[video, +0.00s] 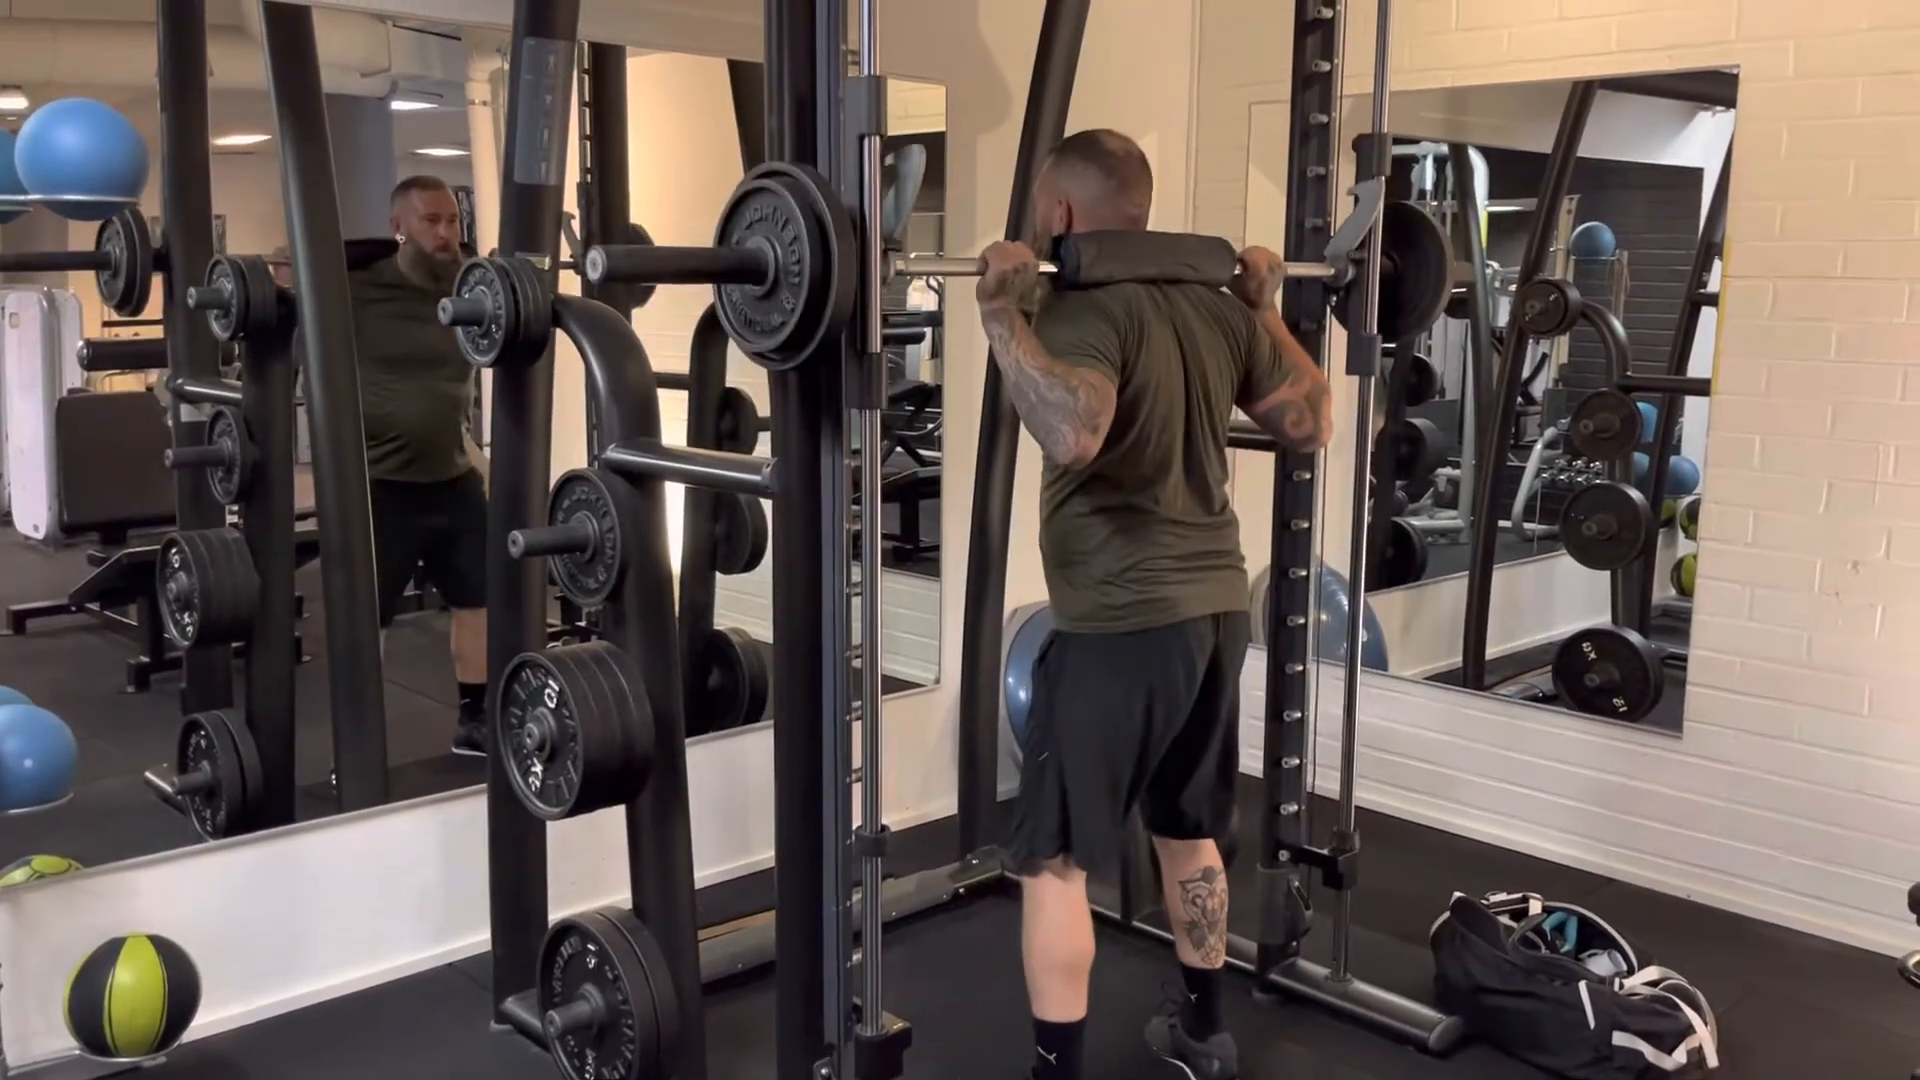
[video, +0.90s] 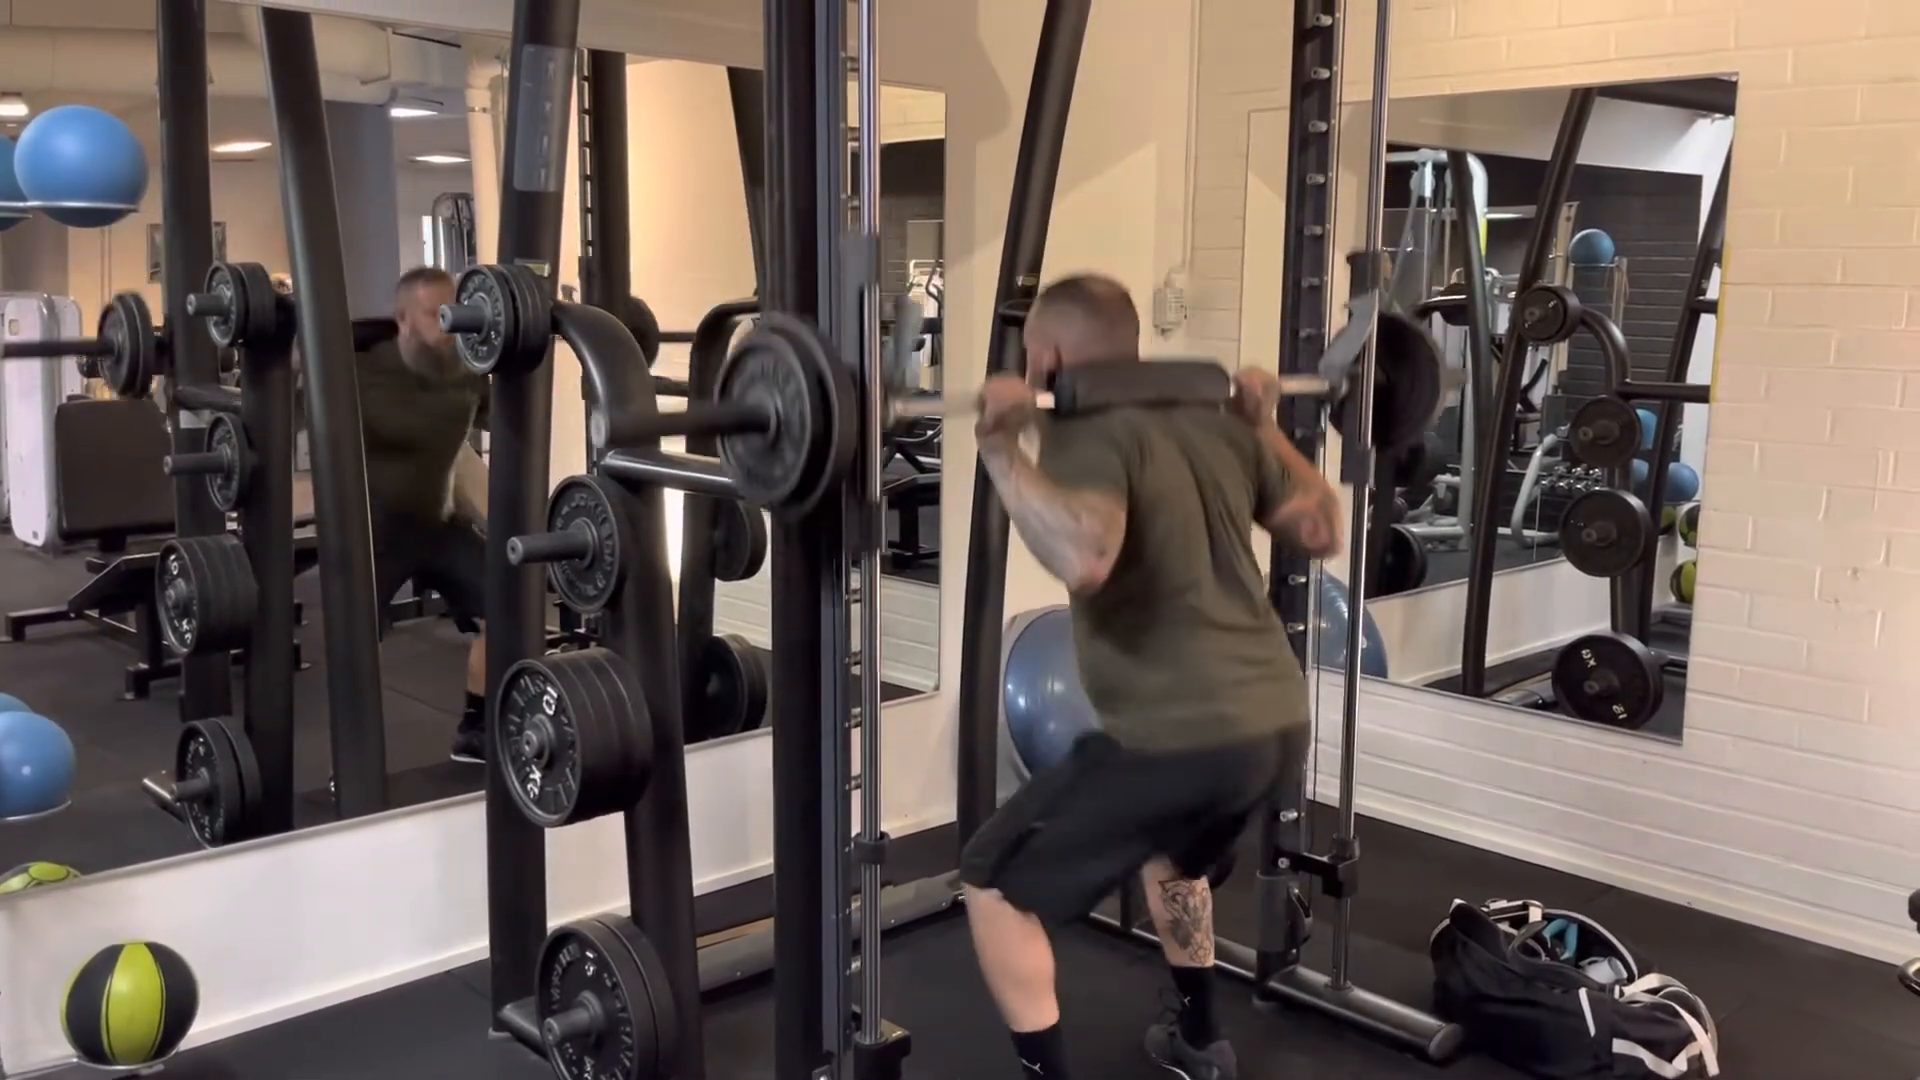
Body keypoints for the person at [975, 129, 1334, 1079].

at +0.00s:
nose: (1037, 223)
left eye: (1041, 207)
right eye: (1043, 207)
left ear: (1063, 208)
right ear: (1141, 205)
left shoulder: (1087, 302)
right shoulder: (1210, 299)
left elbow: (1074, 429)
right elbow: (1305, 420)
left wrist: (1001, 309)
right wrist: (1266, 310)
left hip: (1119, 622)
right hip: (1216, 608)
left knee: (1057, 854)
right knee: (1186, 825)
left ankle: (1056, 1067)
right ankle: (1203, 1032)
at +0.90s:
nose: (1031, 368)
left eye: (1033, 352)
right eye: (1030, 353)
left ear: (1055, 351)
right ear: (1129, 341)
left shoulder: (1091, 426)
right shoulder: (1218, 421)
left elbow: (1084, 555)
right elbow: (1325, 528)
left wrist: (1001, 450)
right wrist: (1265, 427)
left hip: (1173, 743)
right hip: (1271, 730)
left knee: (995, 880)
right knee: (1172, 857)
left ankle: (1045, 1068)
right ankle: (1199, 1038)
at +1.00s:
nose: (1028, 422)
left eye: (1030, 408)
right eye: (1028, 409)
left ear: (1048, 416)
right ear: (1127, 402)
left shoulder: (1093, 486)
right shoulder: (1222, 477)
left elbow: (1089, 615)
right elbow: (1327, 579)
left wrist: (999, 506)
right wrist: (1265, 476)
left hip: (1186, 798)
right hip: (1285, 782)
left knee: (981, 883)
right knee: (1159, 844)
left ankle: (1045, 1068)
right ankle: (1200, 1033)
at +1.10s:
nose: (1029, 473)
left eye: (1031, 460)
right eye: (1027, 460)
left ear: (1051, 468)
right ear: (1128, 452)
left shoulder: (1092, 540)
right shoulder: (1221, 529)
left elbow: (1089, 668)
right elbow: (1329, 631)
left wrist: (1003, 563)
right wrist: (1264, 526)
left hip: (1197, 845)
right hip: (1294, 829)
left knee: (973, 884)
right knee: (1135, 830)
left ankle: (1043, 1069)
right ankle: (1200, 1036)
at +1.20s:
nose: (1028, 520)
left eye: (1029, 505)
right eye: (1027, 503)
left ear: (1052, 513)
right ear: (1125, 499)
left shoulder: (1092, 586)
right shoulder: (1219, 574)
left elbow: (1091, 719)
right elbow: (1327, 672)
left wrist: (1003, 617)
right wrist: (1262, 567)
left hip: (1197, 891)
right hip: (1296, 873)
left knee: (967, 884)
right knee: (1128, 839)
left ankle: (1042, 1069)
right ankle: (1200, 1037)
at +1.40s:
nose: (1029, 587)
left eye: (1029, 571)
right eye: (1028, 570)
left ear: (1053, 579)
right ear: (1126, 564)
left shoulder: (1093, 655)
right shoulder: (1218, 635)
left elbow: (1085, 794)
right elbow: (1322, 739)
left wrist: (999, 679)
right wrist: (1258, 629)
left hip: (1198, 966)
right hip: (1296, 944)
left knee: (963, 885)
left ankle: (1041, 1068)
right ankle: (1199, 1044)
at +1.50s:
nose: (1029, 611)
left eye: (1029, 596)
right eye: (1028, 596)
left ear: (1053, 601)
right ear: (1127, 586)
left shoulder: (1092, 679)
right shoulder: (1219, 657)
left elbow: (1085, 821)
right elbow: (1319, 761)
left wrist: (998, 705)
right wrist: (1258, 652)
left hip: (1202, 990)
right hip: (1295, 966)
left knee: (961, 886)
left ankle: (1041, 1069)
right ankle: (1200, 1053)